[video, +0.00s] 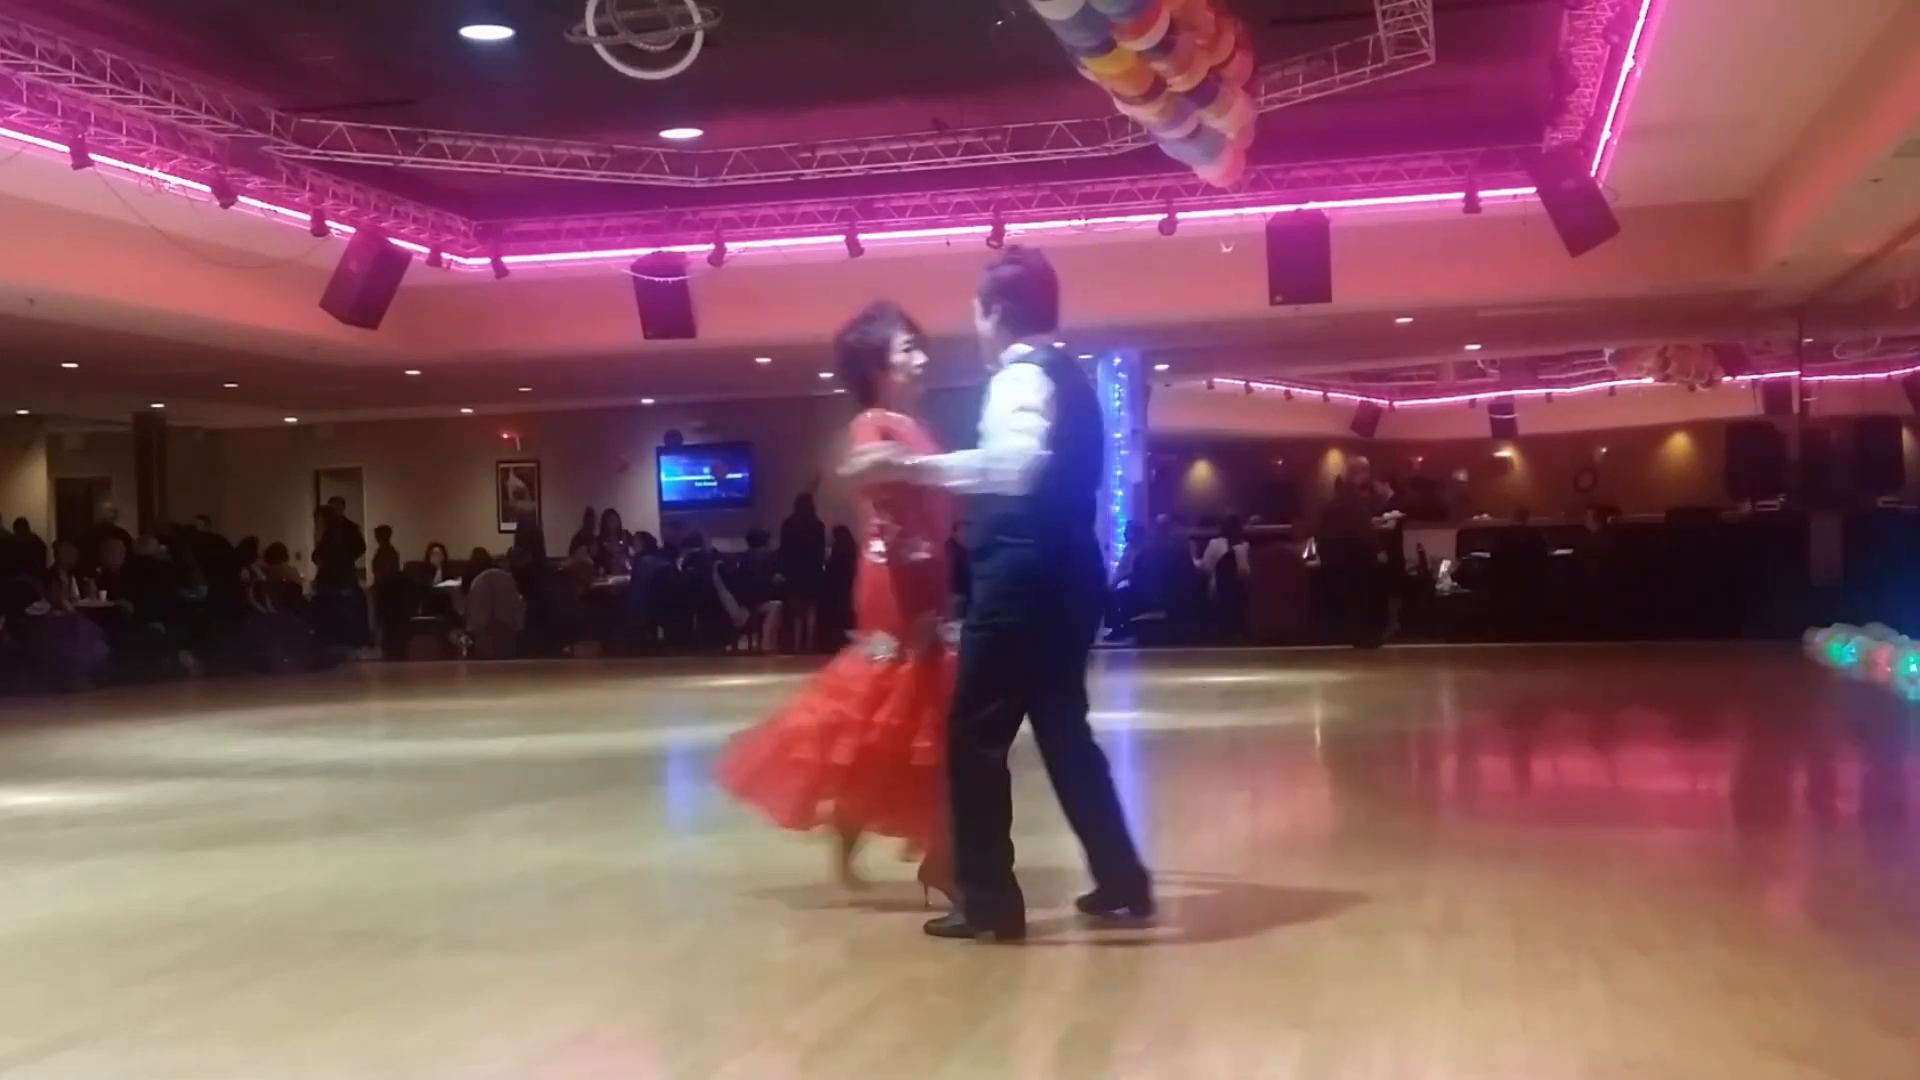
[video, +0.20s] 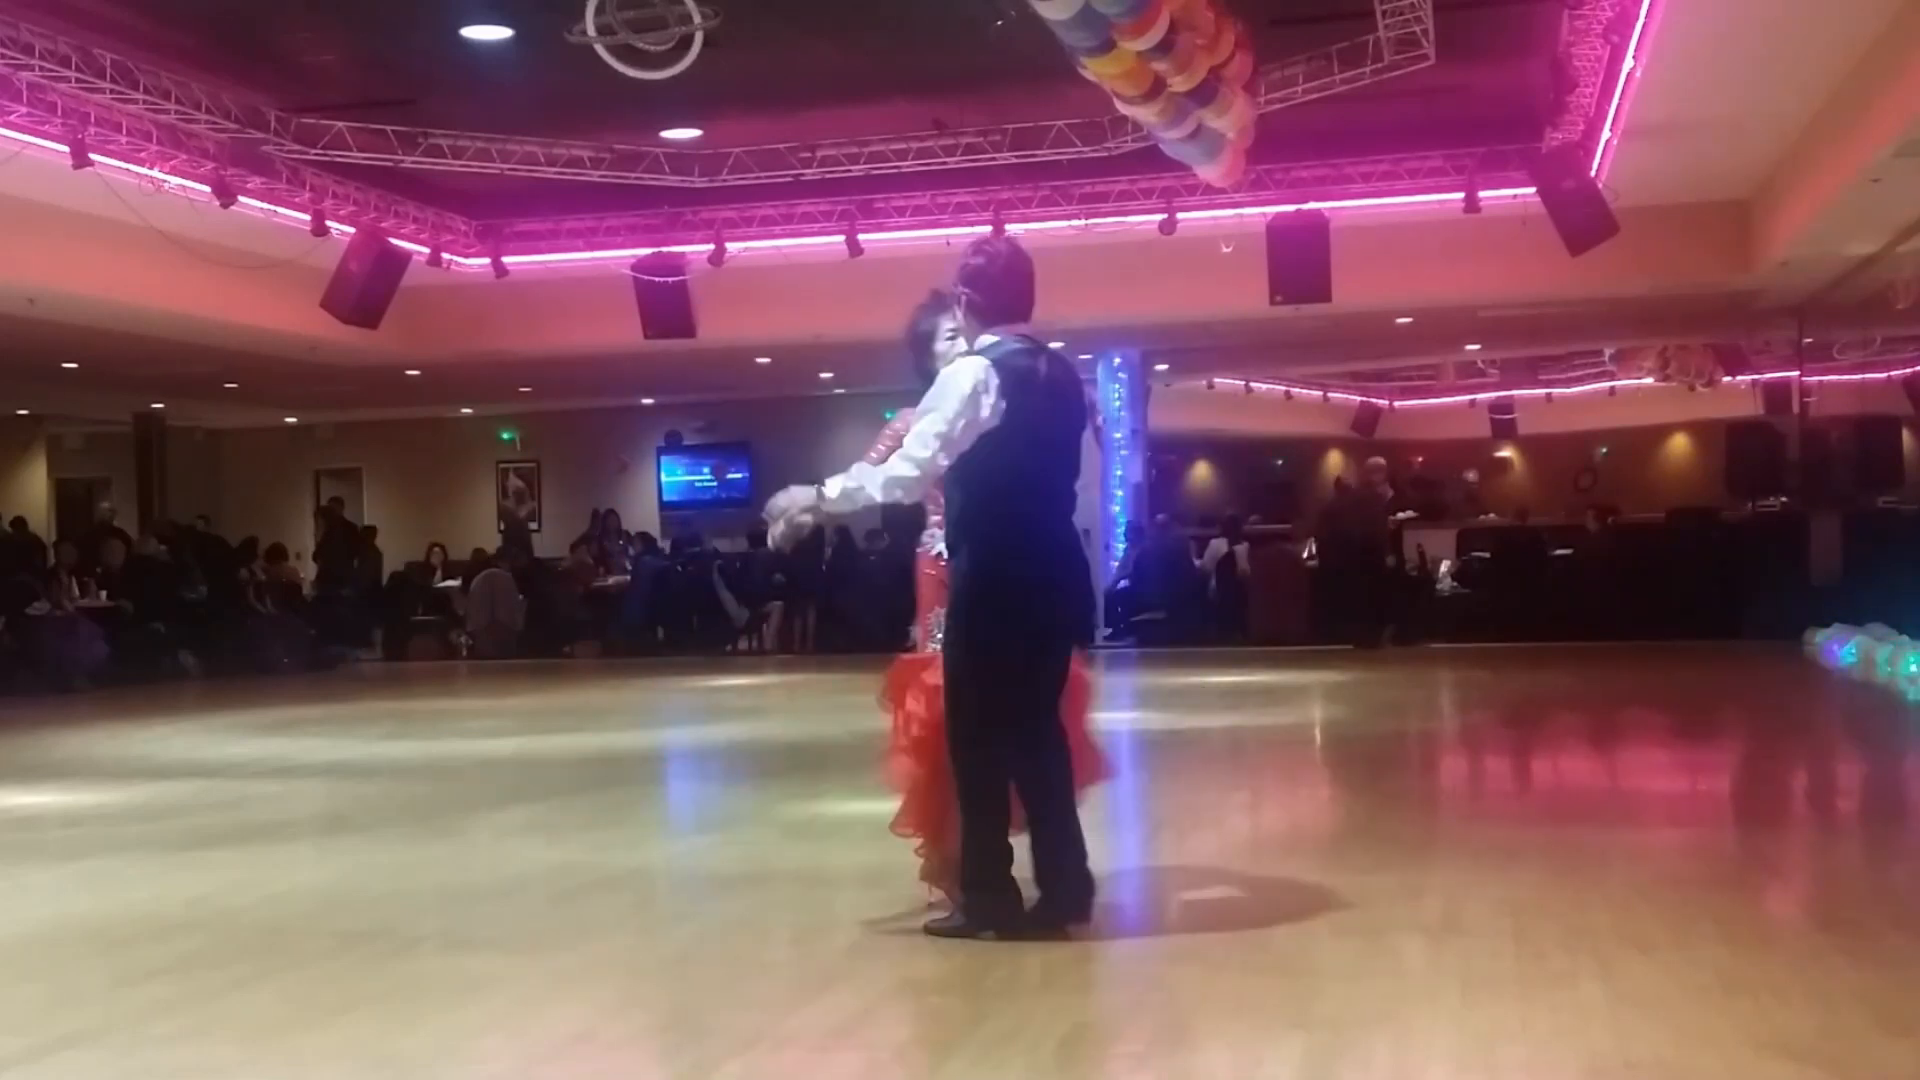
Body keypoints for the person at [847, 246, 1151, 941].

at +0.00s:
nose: (974, 322)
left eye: (978, 310)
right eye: (977, 309)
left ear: (999, 313)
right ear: (1043, 310)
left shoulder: (1022, 374)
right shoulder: (1072, 373)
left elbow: (1013, 467)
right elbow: (1031, 475)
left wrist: (905, 469)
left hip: (1018, 581)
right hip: (1069, 576)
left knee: (974, 739)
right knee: (1064, 728)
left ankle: (988, 903)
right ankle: (1123, 884)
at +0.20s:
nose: (956, 330)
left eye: (962, 314)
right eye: (949, 320)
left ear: (980, 307)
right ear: (1027, 302)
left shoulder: (978, 376)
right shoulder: (1066, 373)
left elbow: (907, 471)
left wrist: (821, 499)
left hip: (994, 578)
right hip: (1055, 570)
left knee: (974, 735)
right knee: (1034, 732)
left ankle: (987, 894)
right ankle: (1069, 890)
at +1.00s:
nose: (917, 310)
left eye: (915, 299)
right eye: (982, 299)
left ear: (914, 308)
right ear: (982, 304)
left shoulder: (889, 388)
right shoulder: (1031, 382)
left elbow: (847, 490)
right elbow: (1094, 466)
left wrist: (853, 569)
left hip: (922, 578)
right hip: (1007, 577)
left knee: (899, 737)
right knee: (1025, 732)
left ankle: (888, 917)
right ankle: (1064, 903)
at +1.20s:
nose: (1010, 306)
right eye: (1007, 296)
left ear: (936, 309)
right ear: (1005, 303)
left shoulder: (906, 390)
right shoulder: (1053, 377)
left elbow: (899, 502)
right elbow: (1152, 451)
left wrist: (951, 532)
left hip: (937, 576)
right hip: (1025, 575)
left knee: (917, 729)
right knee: (1047, 726)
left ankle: (896, 906)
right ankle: (1064, 899)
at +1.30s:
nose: (1013, 305)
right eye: (1011, 294)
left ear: (940, 303)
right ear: (1010, 301)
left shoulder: (901, 388)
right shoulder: (1053, 374)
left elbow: (911, 487)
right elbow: (1143, 444)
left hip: (935, 577)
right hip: (1019, 577)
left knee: (923, 729)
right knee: (1047, 726)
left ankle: (900, 900)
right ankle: (1061, 897)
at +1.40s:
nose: (1011, 307)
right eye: (1008, 297)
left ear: (936, 302)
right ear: (1004, 301)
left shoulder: (903, 383)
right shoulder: (1032, 372)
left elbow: (903, 477)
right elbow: (1131, 437)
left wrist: (898, 375)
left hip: (927, 570)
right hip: (1009, 571)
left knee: (926, 724)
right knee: (1038, 725)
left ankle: (895, 894)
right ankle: (1059, 896)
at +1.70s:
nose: (987, 312)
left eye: (982, 301)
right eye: (983, 301)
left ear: (906, 301)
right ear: (970, 302)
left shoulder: (867, 378)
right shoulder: (965, 370)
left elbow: (849, 472)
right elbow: (1065, 387)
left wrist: (923, 477)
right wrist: (1119, 416)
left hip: (880, 564)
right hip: (949, 571)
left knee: (896, 728)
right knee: (993, 731)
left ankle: (886, 897)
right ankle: (1002, 897)